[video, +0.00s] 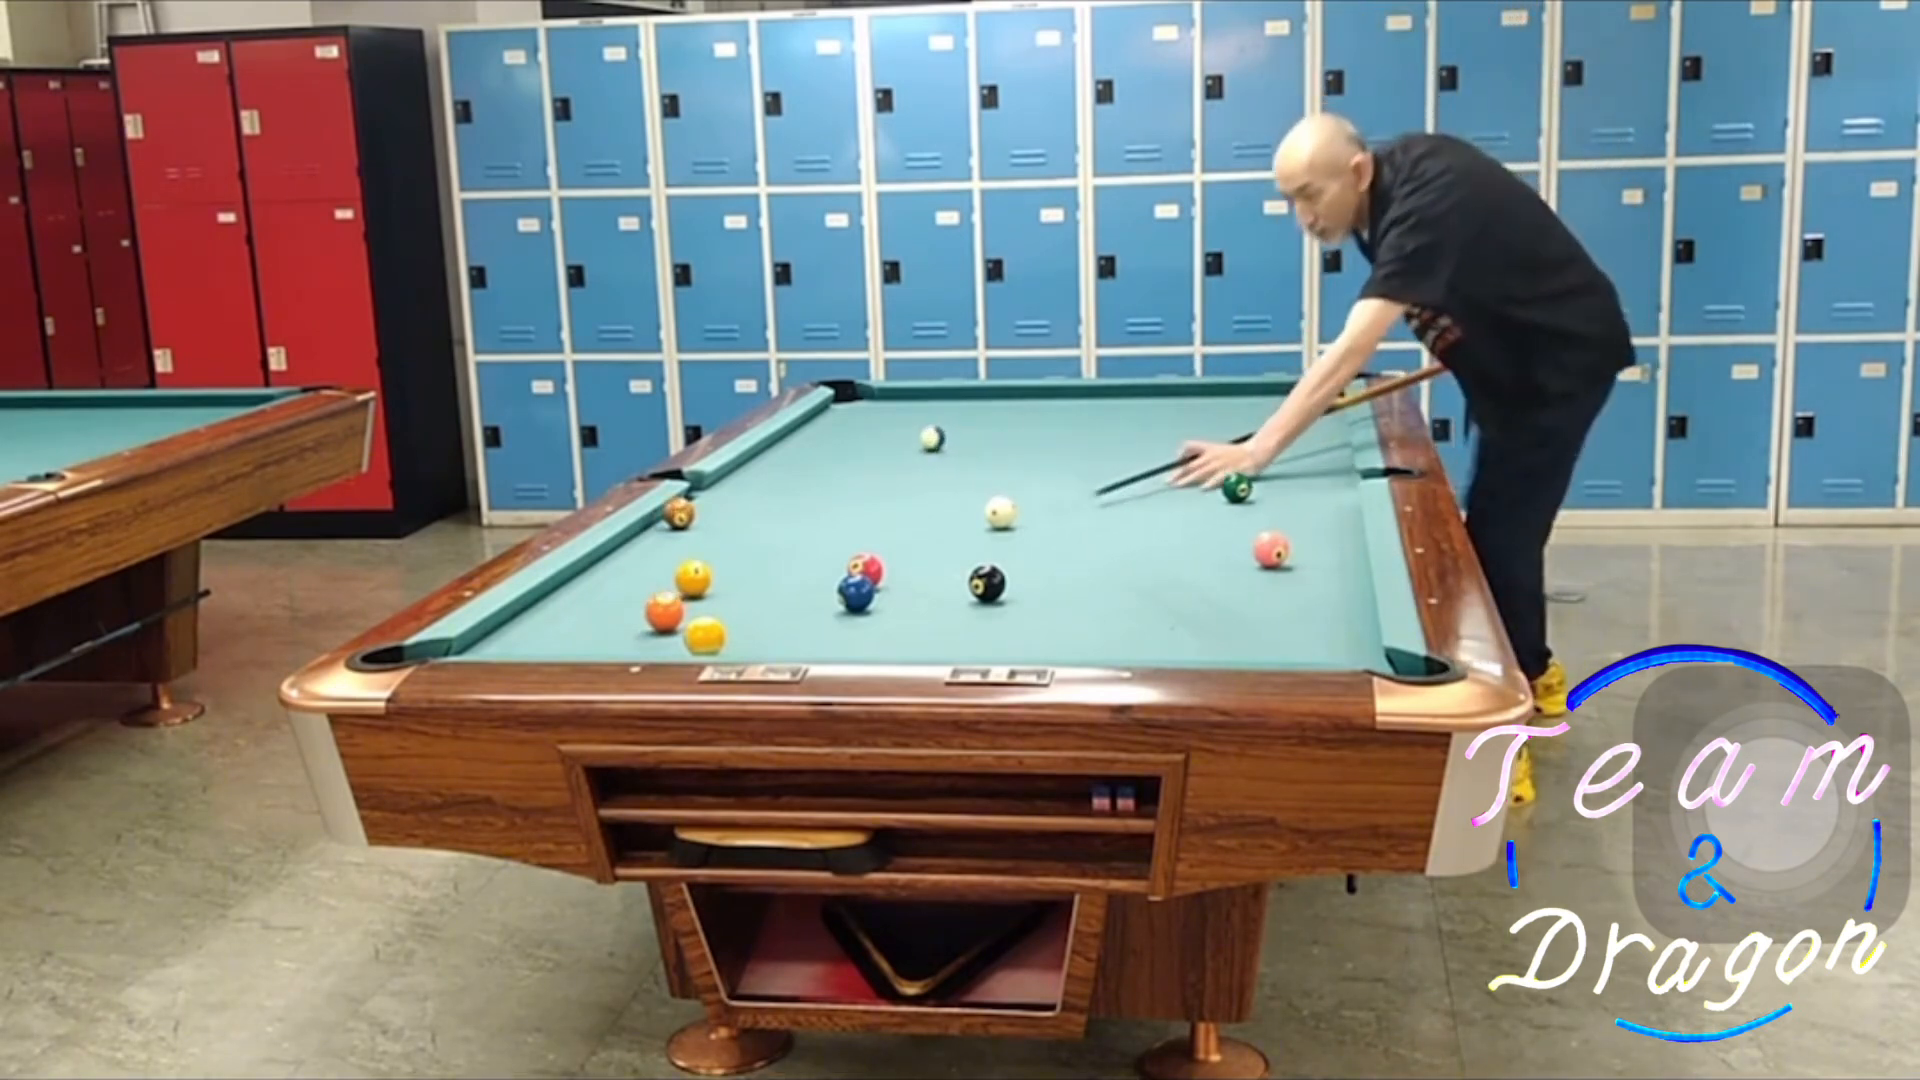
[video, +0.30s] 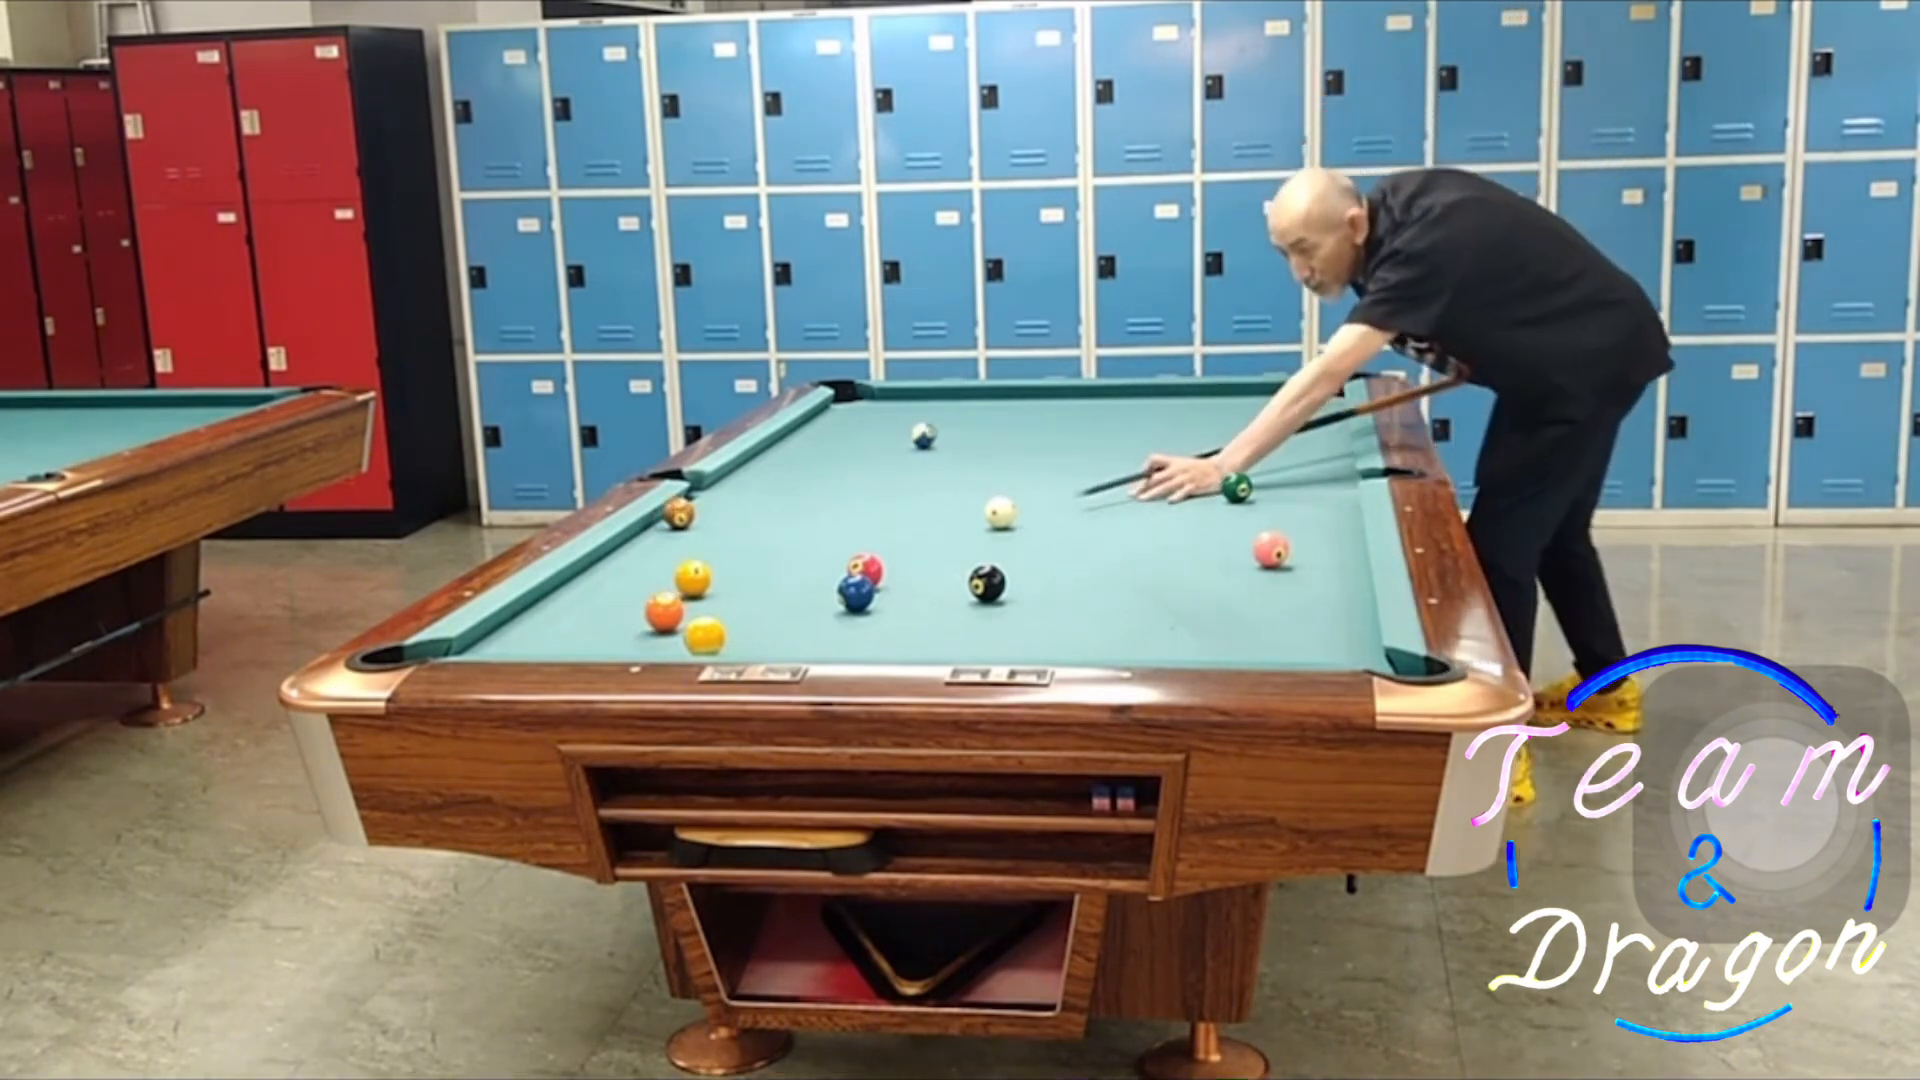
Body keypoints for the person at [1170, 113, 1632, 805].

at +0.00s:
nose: (1301, 216)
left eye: (1307, 197)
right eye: (1293, 202)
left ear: (1357, 171)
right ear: (1354, 170)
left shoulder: (1425, 206)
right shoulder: (1395, 171)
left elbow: (1351, 356)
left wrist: (1253, 452)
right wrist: (1451, 318)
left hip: (1563, 355)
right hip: (1519, 353)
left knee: (1502, 536)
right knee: (1492, 525)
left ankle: (1521, 689)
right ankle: (1527, 668)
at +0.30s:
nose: (1297, 269)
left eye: (1303, 250)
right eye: (1287, 255)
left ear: (1355, 223)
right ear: (1355, 216)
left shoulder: (1416, 254)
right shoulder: (1404, 196)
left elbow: (1327, 377)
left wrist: (1222, 464)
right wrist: (1470, 337)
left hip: (1572, 366)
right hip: (1608, 340)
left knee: (1498, 546)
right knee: (1557, 537)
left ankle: (1500, 735)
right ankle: (1612, 690)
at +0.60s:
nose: (1317, 313)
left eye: (1325, 295)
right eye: (1309, 298)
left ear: (1378, 273)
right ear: (1372, 260)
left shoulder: (1441, 307)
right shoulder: (1413, 224)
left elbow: (1339, 406)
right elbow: (1510, 210)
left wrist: (1221, 468)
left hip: (1626, 368)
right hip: (1619, 341)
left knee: (1505, 540)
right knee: (1550, 529)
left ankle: (1509, 709)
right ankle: (1607, 692)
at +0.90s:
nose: (1318, 332)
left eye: (1326, 315)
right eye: (1310, 318)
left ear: (1379, 292)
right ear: (1371, 280)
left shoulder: (1440, 324)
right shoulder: (1417, 240)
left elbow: (1343, 413)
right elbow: (1506, 209)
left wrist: (1218, 469)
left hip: (1634, 373)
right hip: (1624, 346)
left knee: (1510, 540)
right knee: (1546, 530)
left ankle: (1510, 708)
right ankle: (1606, 690)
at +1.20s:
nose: (1322, 345)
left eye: (1330, 329)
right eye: (1314, 330)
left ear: (1382, 303)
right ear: (1373, 291)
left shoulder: (1442, 333)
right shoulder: (1416, 249)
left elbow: (1345, 424)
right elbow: (1506, 217)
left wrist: (1219, 470)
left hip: (1633, 378)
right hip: (1618, 351)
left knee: (1508, 541)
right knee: (1540, 532)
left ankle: (1508, 707)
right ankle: (1606, 690)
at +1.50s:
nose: (1323, 351)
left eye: (1330, 334)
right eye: (1315, 336)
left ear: (1382, 309)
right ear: (1374, 295)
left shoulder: (1444, 338)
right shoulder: (1415, 253)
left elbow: (1344, 430)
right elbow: (1504, 219)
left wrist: (1220, 471)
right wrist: (1506, 315)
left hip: (1634, 380)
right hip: (1618, 353)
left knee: (1508, 543)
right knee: (1539, 535)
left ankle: (1510, 708)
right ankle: (1606, 691)